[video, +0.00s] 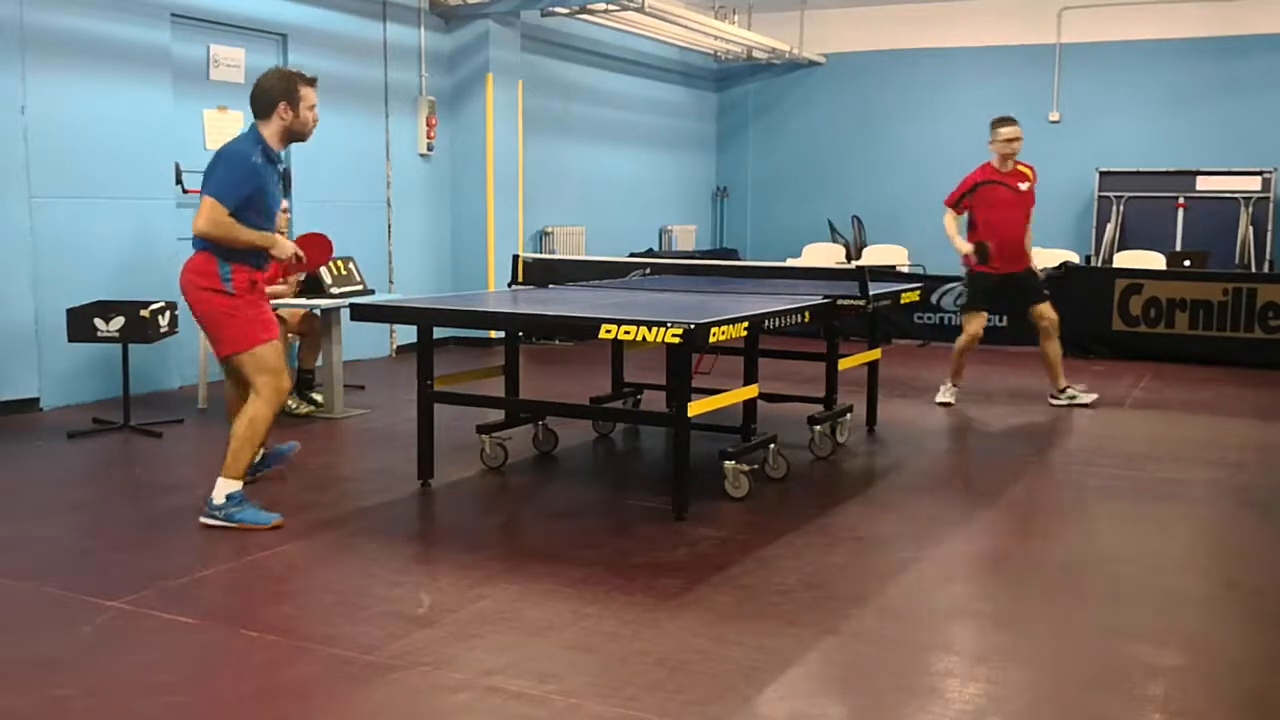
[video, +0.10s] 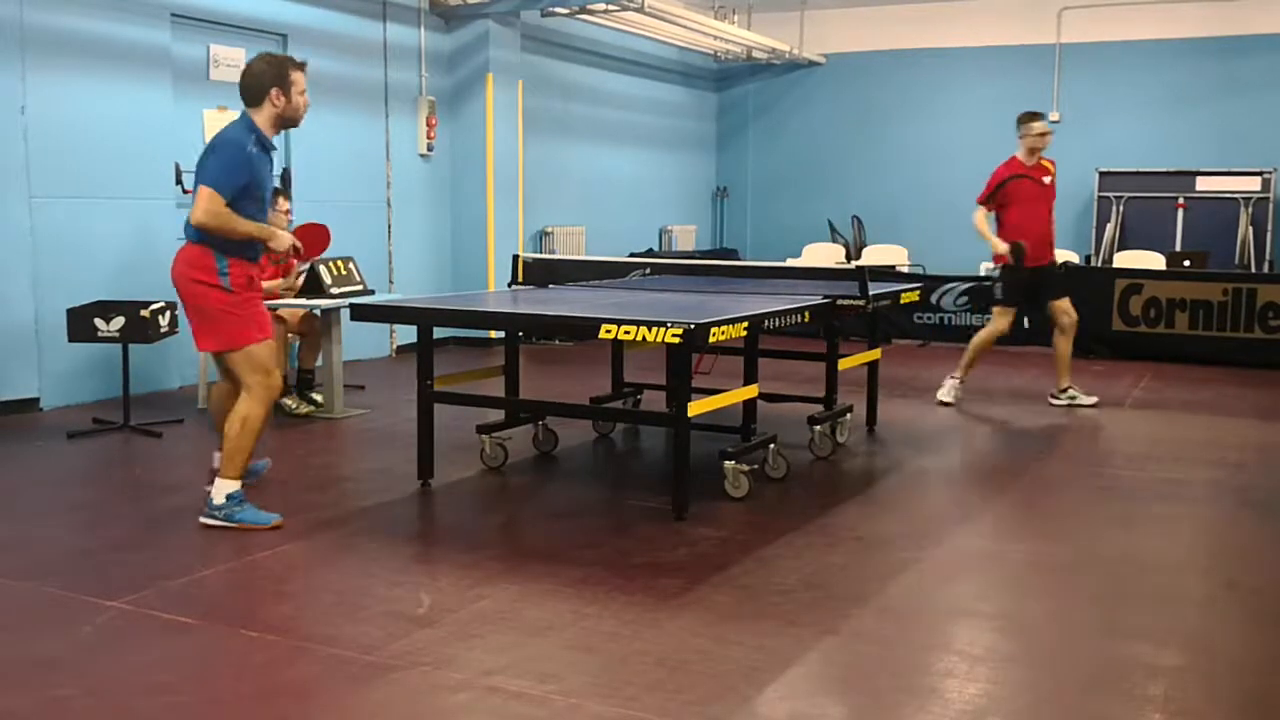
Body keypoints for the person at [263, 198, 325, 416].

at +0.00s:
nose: (285, 220)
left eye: (287, 215)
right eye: (281, 215)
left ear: (288, 221)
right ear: (267, 220)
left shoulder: (287, 251)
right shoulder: (254, 253)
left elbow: (292, 285)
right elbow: (249, 289)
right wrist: (282, 289)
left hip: (276, 307)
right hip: (253, 310)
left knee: (312, 324)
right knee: (278, 330)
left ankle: (305, 387)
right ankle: (284, 393)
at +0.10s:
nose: (288, 217)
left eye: (289, 212)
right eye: (282, 212)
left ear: (289, 214)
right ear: (265, 213)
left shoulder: (286, 245)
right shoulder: (251, 246)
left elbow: (292, 280)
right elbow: (247, 285)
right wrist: (284, 283)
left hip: (280, 303)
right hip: (255, 307)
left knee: (313, 323)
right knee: (277, 328)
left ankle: (305, 387)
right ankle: (283, 393)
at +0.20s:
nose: (288, 219)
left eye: (290, 214)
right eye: (283, 213)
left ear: (290, 214)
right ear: (265, 213)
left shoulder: (285, 246)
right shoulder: (250, 244)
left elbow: (292, 282)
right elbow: (248, 282)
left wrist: (317, 285)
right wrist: (287, 275)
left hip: (279, 303)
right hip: (252, 305)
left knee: (313, 323)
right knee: (277, 326)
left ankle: (305, 387)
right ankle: (282, 394)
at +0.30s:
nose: (290, 219)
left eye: (290, 213)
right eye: (286, 212)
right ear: (269, 213)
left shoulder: (282, 245)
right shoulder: (243, 242)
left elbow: (292, 282)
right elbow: (242, 280)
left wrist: (319, 284)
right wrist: (291, 269)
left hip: (276, 303)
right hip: (247, 305)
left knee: (313, 323)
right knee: (277, 326)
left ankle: (305, 388)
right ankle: (282, 395)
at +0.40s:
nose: (287, 221)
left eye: (288, 215)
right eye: (282, 214)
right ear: (263, 216)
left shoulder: (281, 243)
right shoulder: (242, 240)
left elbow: (290, 281)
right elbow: (240, 279)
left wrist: (314, 283)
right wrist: (292, 268)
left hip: (274, 303)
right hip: (245, 306)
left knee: (313, 323)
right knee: (277, 325)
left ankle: (304, 388)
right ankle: (282, 395)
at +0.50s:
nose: (287, 222)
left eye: (287, 217)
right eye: (281, 217)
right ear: (262, 218)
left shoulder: (282, 245)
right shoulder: (238, 241)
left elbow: (289, 283)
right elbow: (246, 280)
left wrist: (311, 283)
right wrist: (292, 271)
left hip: (274, 303)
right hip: (244, 306)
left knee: (312, 323)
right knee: (277, 326)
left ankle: (305, 389)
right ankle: (283, 396)